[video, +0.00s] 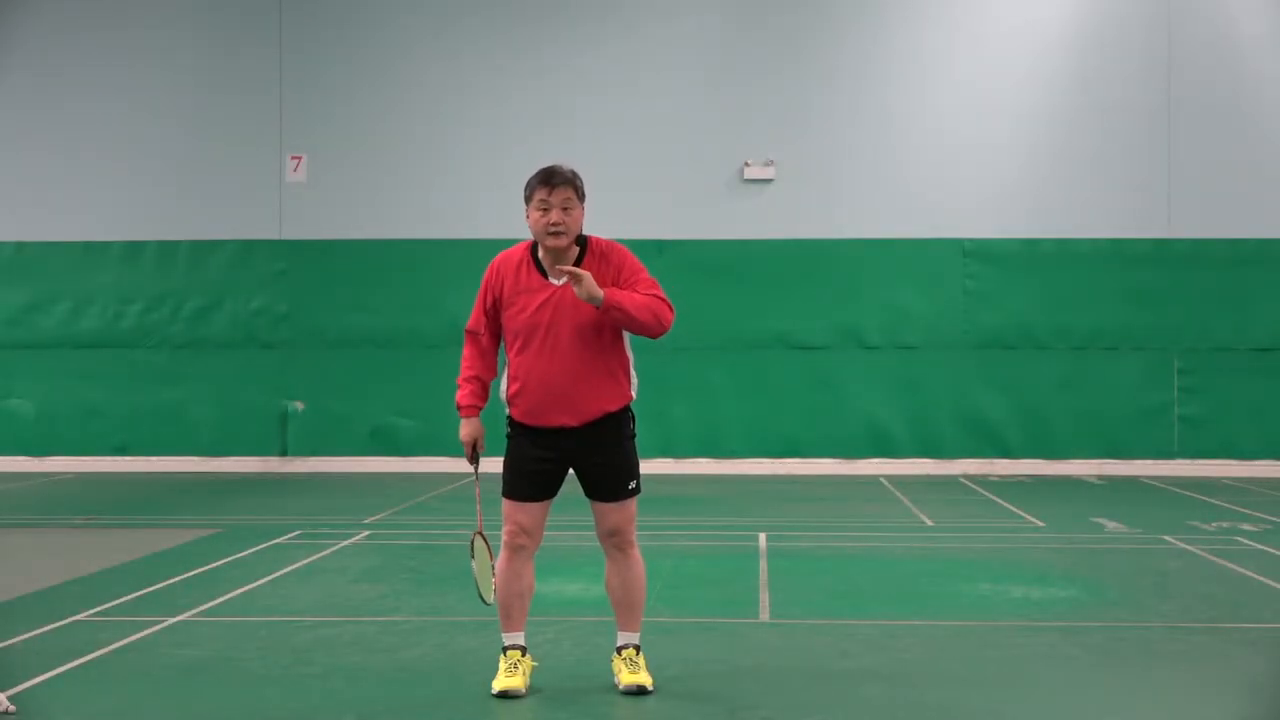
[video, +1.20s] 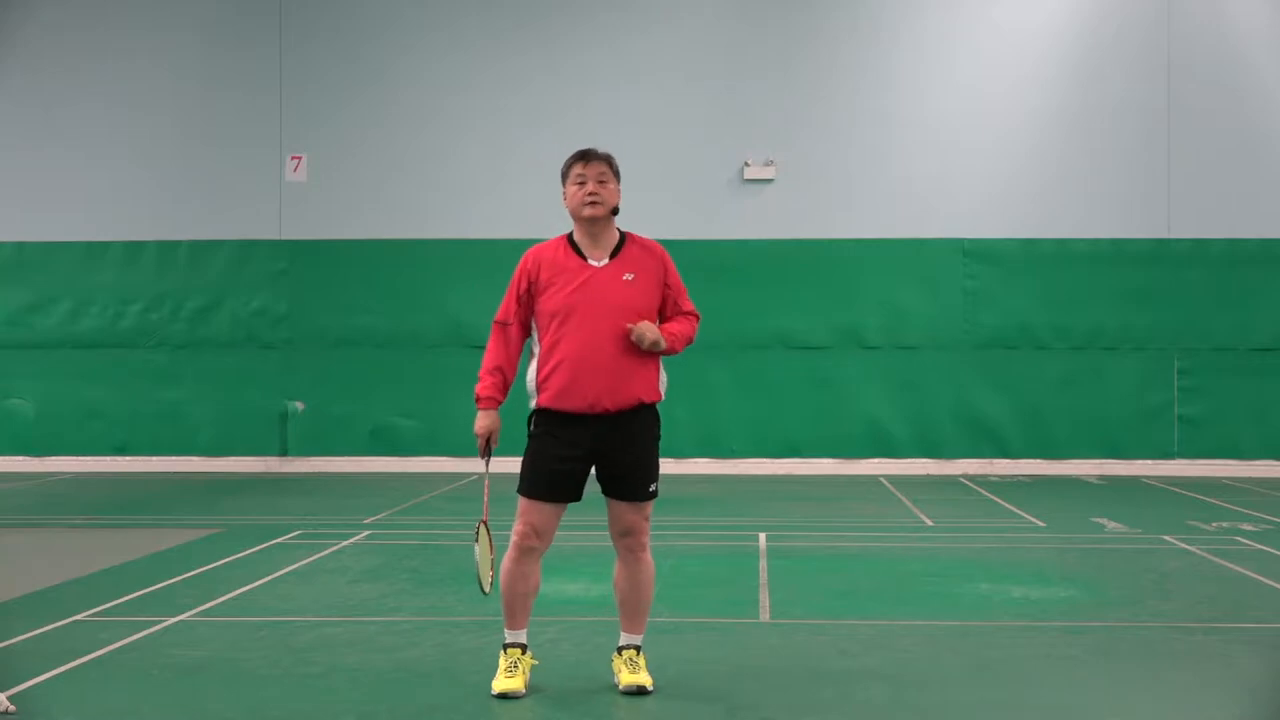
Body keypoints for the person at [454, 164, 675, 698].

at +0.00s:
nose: (555, 218)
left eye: (565, 207)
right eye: (543, 208)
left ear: (582, 212)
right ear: (528, 215)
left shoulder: (611, 258)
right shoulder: (504, 269)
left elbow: (659, 317)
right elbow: (480, 339)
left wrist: (603, 298)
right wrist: (470, 411)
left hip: (605, 425)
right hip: (532, 428)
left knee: (619, 537)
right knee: (517, 537)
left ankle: (629, 650)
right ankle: (513, 651)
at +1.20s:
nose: (590, 188)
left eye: (601, 180)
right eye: (579, 181)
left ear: (619, 195)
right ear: (564, 197)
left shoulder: (652, 258)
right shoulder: (539, 261)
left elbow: (686, 319)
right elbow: (507, 331)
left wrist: (663, 336)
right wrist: (488, 404)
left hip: (632, 420)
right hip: (558, 420)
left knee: (633, 538)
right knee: (528, 537)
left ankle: (631, 650)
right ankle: (514, 649)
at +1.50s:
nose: (625, 190)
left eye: (636, 182)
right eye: (614, 183)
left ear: (653, 196)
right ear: (598, 198)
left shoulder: (682, 262)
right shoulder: (571, 261)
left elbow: (705, 325)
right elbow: (539, 330)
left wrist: (697, 343)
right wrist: (525, 401)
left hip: (656, 421)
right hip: (586, 418)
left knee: (648, 546)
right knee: (553, 537)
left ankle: (633, 650)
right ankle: (531, 638)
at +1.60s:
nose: (635, 189)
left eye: (645, 182)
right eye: (623, 182)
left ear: (661, 195)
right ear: (606, 197)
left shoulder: (689, 262)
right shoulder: (578, 259)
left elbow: (710, 328)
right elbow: (545, 329)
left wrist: (701, 345)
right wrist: (533, 401)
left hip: (662, 419)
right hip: (591, 416)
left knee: (647, 547)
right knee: (569, 536)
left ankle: (633, 650)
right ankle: (553, 642)